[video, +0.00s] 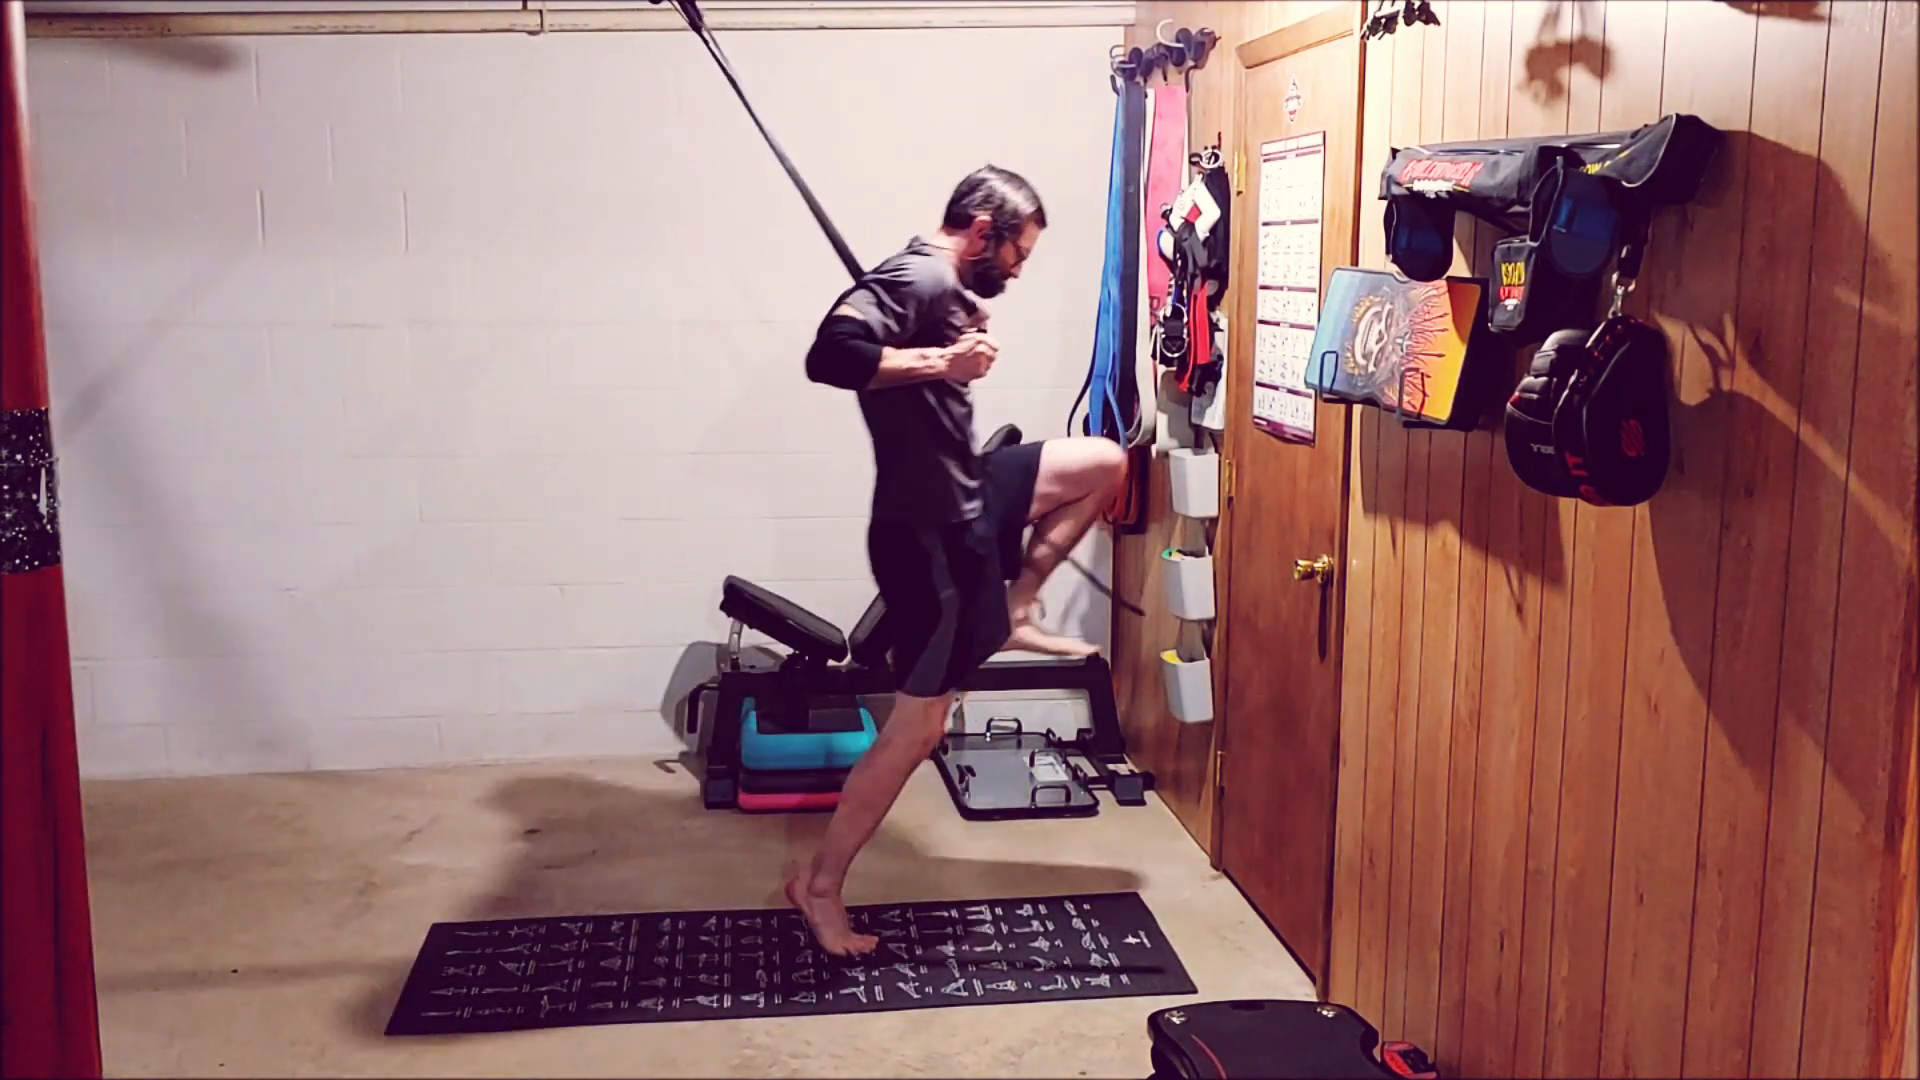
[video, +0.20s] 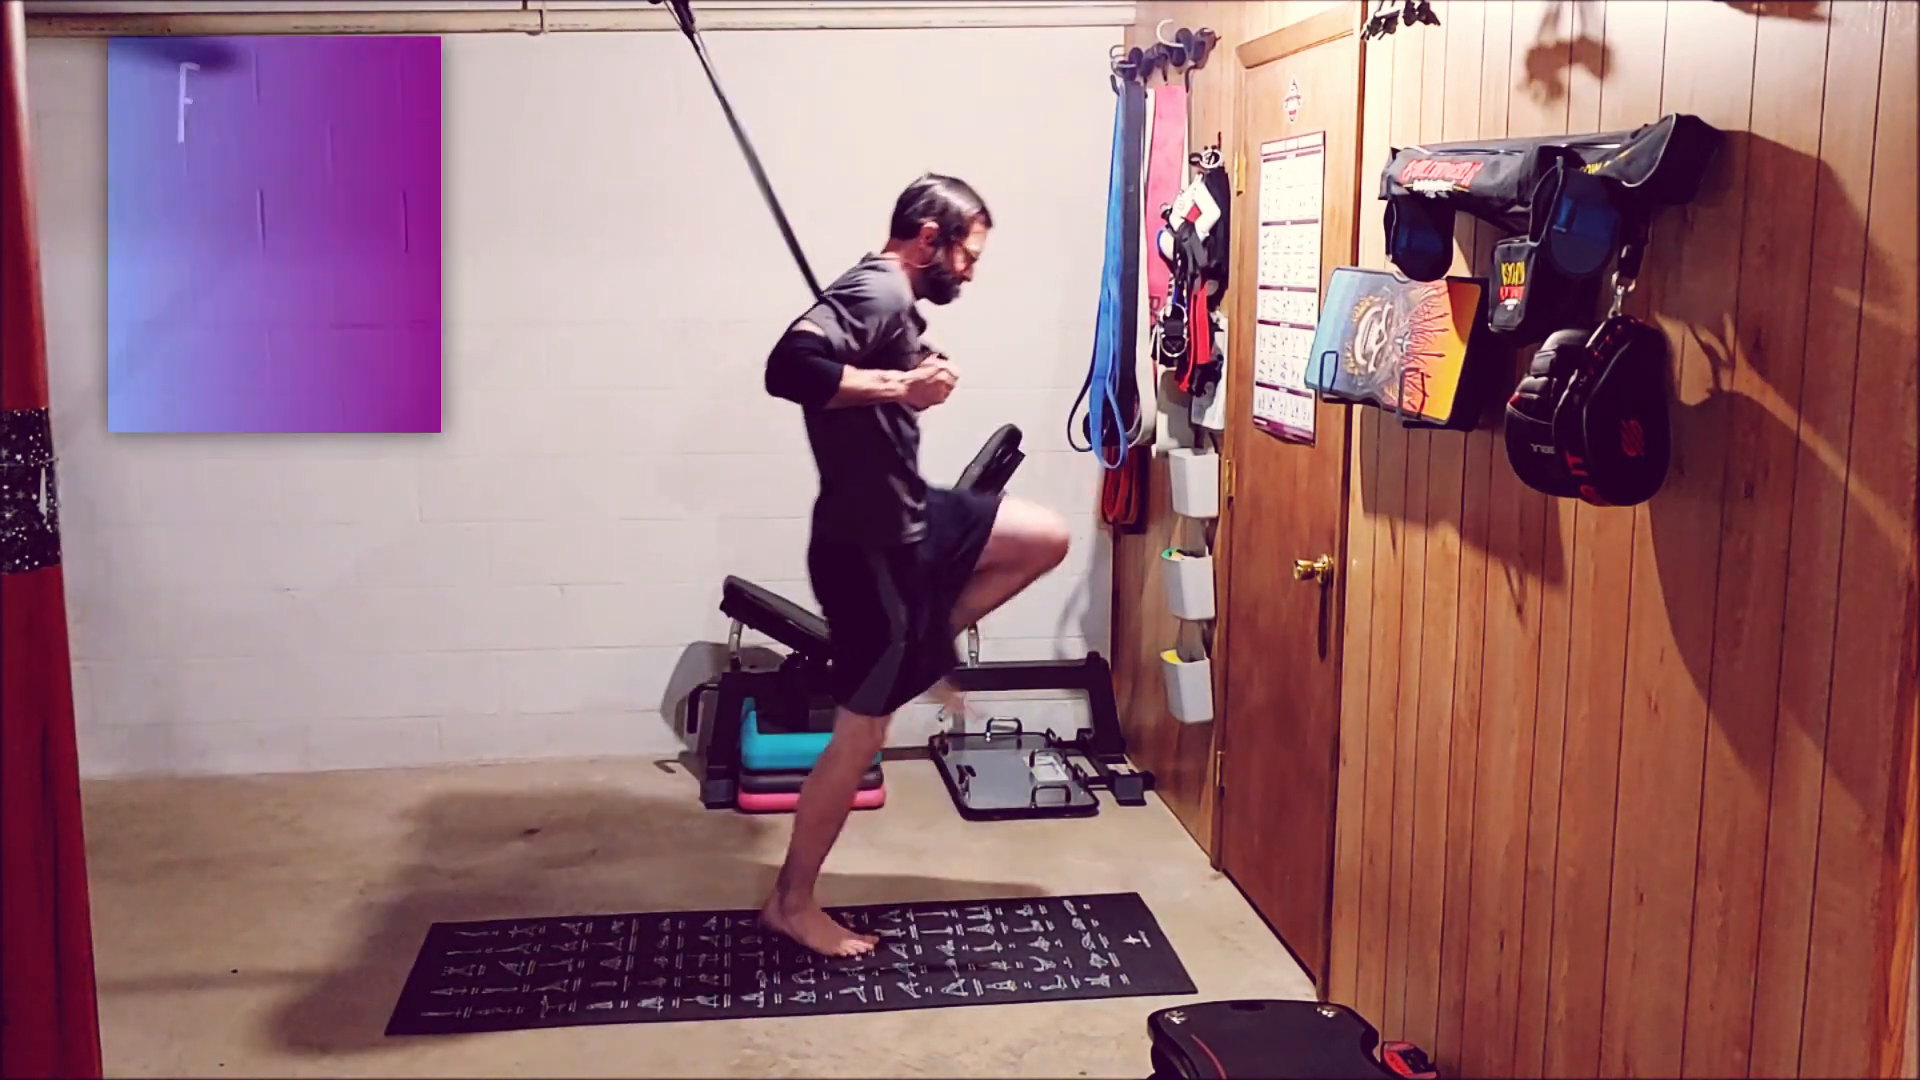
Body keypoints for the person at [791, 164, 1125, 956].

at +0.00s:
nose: (1017, 272)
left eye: (1023, 258)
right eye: (1018, 254)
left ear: (977, 229)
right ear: (980, 228)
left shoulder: (946, 282)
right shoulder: (916, 271)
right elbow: (833, 353)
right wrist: (943, 359)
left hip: (969, 485)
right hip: (923, 522)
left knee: (1106, 464)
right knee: (918, 726)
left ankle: (1015, 611)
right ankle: (819, 882)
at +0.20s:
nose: (972, 271)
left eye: (977, 257)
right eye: (971, 254)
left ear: (925, 238)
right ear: (930, 238)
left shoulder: (897, 292)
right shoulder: (878, 287)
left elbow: (842, 368)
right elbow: (792, 365)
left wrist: (913, 364)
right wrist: (898, 387)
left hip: (912, 512)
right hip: (866, 538)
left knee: (1043, 537)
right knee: (859, 737)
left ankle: (930, 641)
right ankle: (791, 904)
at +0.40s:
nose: (930, 273)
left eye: (932, 258)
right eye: (923, 257)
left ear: (876, 249)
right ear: (880, 247)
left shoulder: (843, 312)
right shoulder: (829, 303)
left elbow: (767, 386)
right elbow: (737, 377)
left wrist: (851, 410)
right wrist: (846, 412)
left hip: (841, 551)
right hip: (803, 558)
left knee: (933, 664)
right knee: (807, 734)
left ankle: (797, 746)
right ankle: (784, 918)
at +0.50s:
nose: (906, 278)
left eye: (908, 263)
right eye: (901, 261)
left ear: (855, 251)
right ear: (856, 251)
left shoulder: (823, 314)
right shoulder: (804, 308)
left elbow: (738, 393)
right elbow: (709, 385)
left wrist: (830, 415)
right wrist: (821, 420)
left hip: (807, 555)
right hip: (775, 559)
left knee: (860, 704)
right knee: (790, 729)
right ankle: (781, 916)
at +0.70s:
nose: (850, 279)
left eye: (852, 265)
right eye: (846, 263)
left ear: (799, 253)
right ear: (800, 252)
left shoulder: (762, 317)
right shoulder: (748, 316)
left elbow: (680, 398)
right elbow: (652, 403)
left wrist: (777, 421)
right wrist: (762, 435)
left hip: (715, 562)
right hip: (725, 567)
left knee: (692, 735)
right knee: (762, 743)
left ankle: (604, 904)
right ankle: (779, 916)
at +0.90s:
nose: (792, 284)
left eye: (795, 268)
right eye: (786, 266)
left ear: (735, 255)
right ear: (739, 253)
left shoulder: (695, 319)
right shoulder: (688, 323)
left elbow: (633, 410)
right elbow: (590, 407)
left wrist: (709, 422)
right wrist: (697, 442)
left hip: (636, 568)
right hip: (656, 574)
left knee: (626, 733)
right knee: (727, 736)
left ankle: (595, 918)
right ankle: (758, 913)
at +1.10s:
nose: (750, 270)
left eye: (753, 255)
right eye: (742, 254)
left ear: (694, 250)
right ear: (695, 247)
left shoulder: (660, 316)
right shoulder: (644, 313)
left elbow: (600, 406)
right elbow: (547, 408)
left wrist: (666, 417)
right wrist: (655, 444)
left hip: (607, 563)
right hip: (625, 568)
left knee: (613, 738)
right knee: (699, 737)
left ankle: (593, 917)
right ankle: (629, 916)